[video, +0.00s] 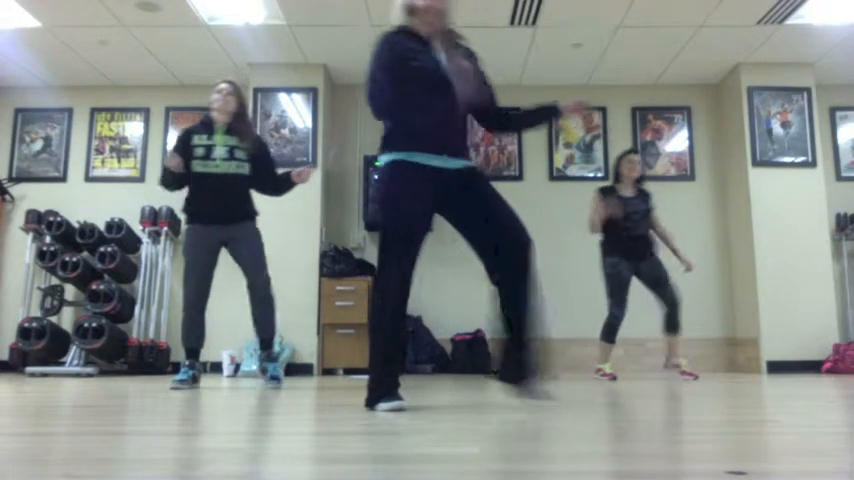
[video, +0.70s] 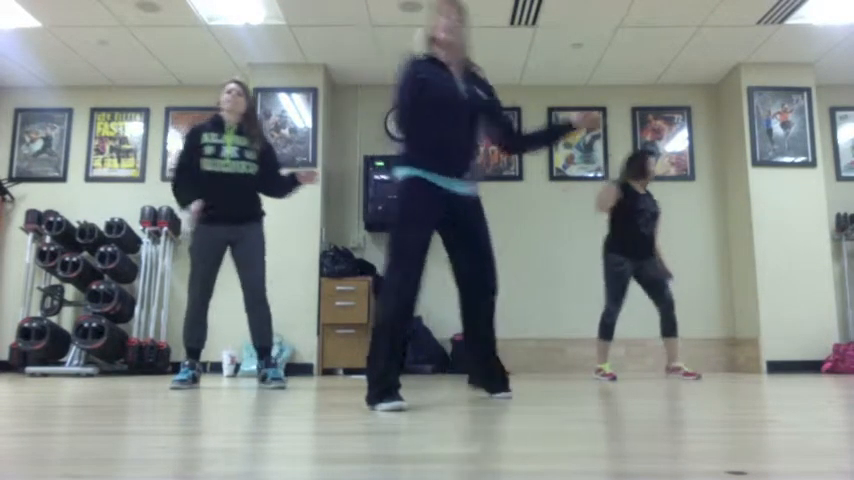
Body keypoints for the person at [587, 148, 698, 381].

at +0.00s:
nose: (634, 167)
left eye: (637, 163)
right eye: (629, 162)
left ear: (641, 169)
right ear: (619, 167)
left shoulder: (643, 196)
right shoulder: (605, 195)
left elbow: (658, 228)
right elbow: (594, 228)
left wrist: (680, 256)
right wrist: (601, 214)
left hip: (645, 258)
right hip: (617, 259)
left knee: (672, 302)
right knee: (617, 311)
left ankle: (673, 359)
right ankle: (603, 364)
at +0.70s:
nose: (652, 169)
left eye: (653, 164)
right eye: (649, 164)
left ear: (648, 168)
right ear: (639, 166)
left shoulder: (650, 199)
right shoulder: (620, 189)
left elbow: (652, 239)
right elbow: (602, 205)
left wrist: (662, 265)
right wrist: (608, 190)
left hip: (646, 258)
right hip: (619, 256)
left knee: (666, 304)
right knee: (612, 308)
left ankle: (673, 362)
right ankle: (602, 364)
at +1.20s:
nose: (694, 176)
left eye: (692, 172)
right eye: (690, 172)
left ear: (679, 177)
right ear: (680, 177)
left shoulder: (682, 207)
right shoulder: (662, 197)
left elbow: (670, 246)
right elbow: (646, 223)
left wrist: (670, 274)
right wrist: (680, 222)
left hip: (660, 264)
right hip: (638, 257)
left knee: (678, 307)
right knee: (648, 306)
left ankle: (674, 364)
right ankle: (611, 356)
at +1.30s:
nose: (693, 175)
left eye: (692, 171)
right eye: (690, 171)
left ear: (679, 176)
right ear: (679, 175)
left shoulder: (681, 205)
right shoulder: (662, 196)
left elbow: (668, 238)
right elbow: (648, 223)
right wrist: (680, 222)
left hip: (662, 266)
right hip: (640, 258)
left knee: (678, 308)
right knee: (644, 308)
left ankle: (674, 365)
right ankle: (609, 358)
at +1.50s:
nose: (676, 174)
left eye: (676, 171)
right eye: (671, 170)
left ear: (676, 174)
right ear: (660, 172)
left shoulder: (679, 198)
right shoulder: (652, 191)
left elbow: (674, 234)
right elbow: (634, 216)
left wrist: (671, 263)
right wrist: (655, 190)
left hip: (662, 259)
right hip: (637, 252)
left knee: (674, 306)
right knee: (645, 300)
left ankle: (674, 364)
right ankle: (608, 343)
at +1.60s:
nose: (672, 163)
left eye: (671, 159)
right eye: (665, 159)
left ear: (670, 165)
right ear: (654, 164)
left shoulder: (673, 196)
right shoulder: (641, 189)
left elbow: (672, 233)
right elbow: (616, 218)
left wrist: (676, 263)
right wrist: (628, 200)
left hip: (659, 256)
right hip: (633, 250)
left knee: (668, 306)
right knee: (632, 300)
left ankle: (673, 364)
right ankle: (608, 350)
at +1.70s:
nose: (656, 162)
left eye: (660, 159)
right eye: (651, 158)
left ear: (665, 165)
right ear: (642, 164)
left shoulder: (668, 196)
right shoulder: (632, 190)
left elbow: (670, 232)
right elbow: (611, 221)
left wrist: (677, 261)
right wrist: (620, 204)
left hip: (657, 256)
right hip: (630, 252)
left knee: (665, 308)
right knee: (624, 305)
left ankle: (673, 364)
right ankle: (607, 360)